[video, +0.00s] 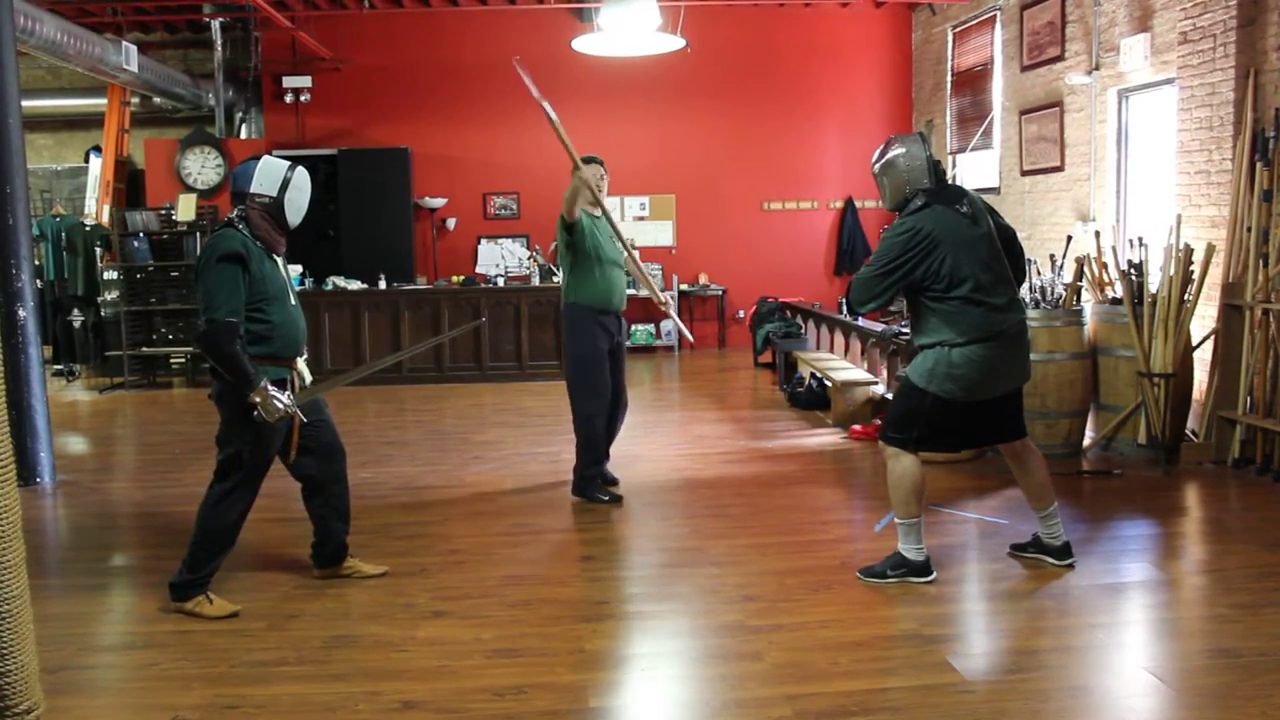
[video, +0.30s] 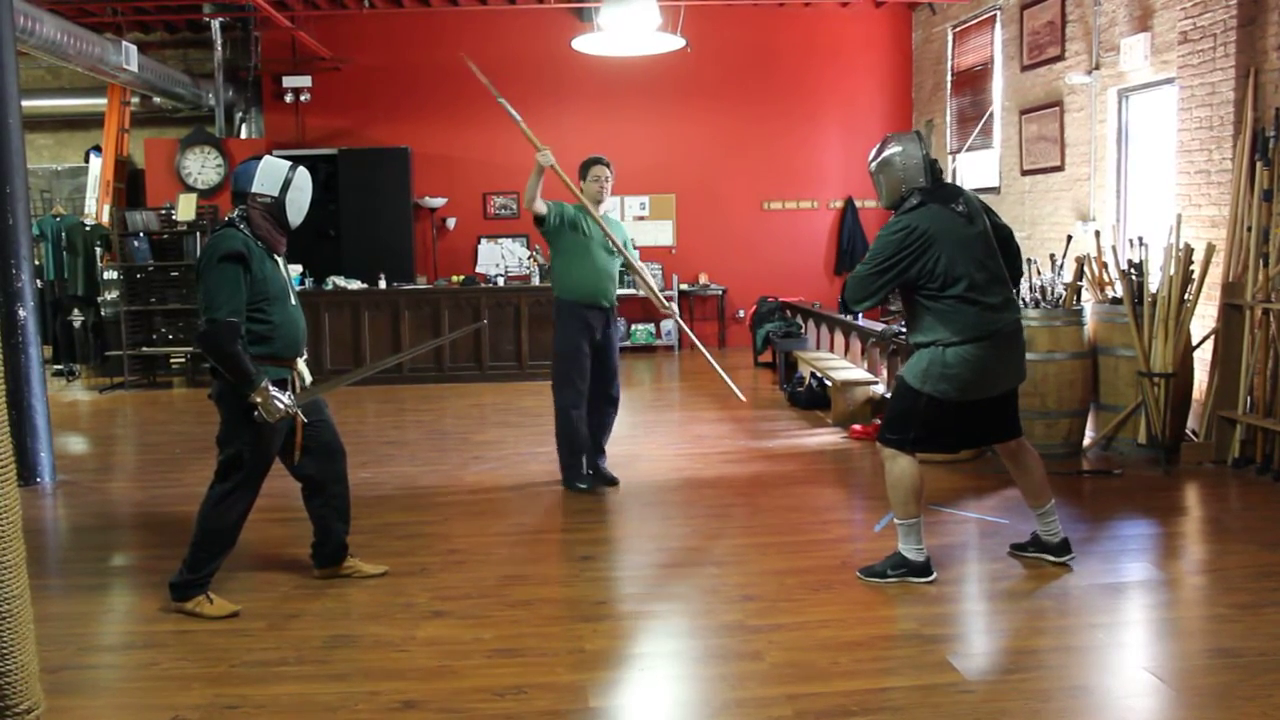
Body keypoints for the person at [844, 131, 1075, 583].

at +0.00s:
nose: (882, 193)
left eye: (883, 182)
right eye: (881, 183)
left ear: (901, 178)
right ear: (928, 171)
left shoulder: (911, 228)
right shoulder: (976, 206)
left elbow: (859, 296)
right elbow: (1017, 262)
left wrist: (889, 276)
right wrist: (990, 300)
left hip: (954, 355)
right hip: (1008, 348)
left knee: (898, 440)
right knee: (1015, 441)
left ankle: (912, 556)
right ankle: (1054, 540)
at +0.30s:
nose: (878, 191)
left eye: (880, 180)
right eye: (877, 180)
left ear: (897, 177)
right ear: (925, 170)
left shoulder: (907, 226)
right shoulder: (971, 205)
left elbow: (855, 295)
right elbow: (1012, 258)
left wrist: (886, 273)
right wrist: (989, 295)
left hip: (949, 355)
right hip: (1004, 347)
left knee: (896, 442)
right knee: (1011, 441)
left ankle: (912, 556)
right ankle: (1053, 538)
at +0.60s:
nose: (876, 182)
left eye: (877, 172)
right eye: (874, 173)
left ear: (893, 171)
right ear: (924, 164)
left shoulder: (906, 220)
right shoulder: (968, 201)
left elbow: (853, 289)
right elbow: (1009, 250)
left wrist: (893, 265)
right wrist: (995, 296)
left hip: (945, 348)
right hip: (998, 340)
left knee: (897, 441)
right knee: (982, 437)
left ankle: (912, 554)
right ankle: (1022, 538)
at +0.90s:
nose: (880, 184)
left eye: (883, 173)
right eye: (880, 174)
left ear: (899, 173)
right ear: (928, 167)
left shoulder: (911, 222)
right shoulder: (972, 204)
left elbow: (858, 291)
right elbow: (1010, 251)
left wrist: (895, 267)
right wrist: (994, 299)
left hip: (945, 353)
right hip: (997, 348)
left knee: (883, 433)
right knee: (980, 439)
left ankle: (907, 544)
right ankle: (1022, 538)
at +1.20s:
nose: (841, 192)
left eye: (843, 183)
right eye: (841, 182)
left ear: (857, 184)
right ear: (891, 178)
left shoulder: (867, 231)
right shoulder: (934, 214)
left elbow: (812, 289)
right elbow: (970, 270)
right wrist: (942, 299)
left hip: (902, 360)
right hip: (958, 355)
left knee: (838, 437)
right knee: (971, 446)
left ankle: (809, 551)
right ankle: (1024, 538)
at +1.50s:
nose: (761, 195)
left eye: (766, 186)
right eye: (764, 186)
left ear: (783, 191)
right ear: (814, 185)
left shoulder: (786, 240)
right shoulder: (855, 213)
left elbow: (720, 286)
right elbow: (899, 257)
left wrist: (650, 309)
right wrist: (885, 308)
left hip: (854, 354)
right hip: (899, 344)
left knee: (786, 440)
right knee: (909, 441)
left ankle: (785, 558)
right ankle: (993, 510)